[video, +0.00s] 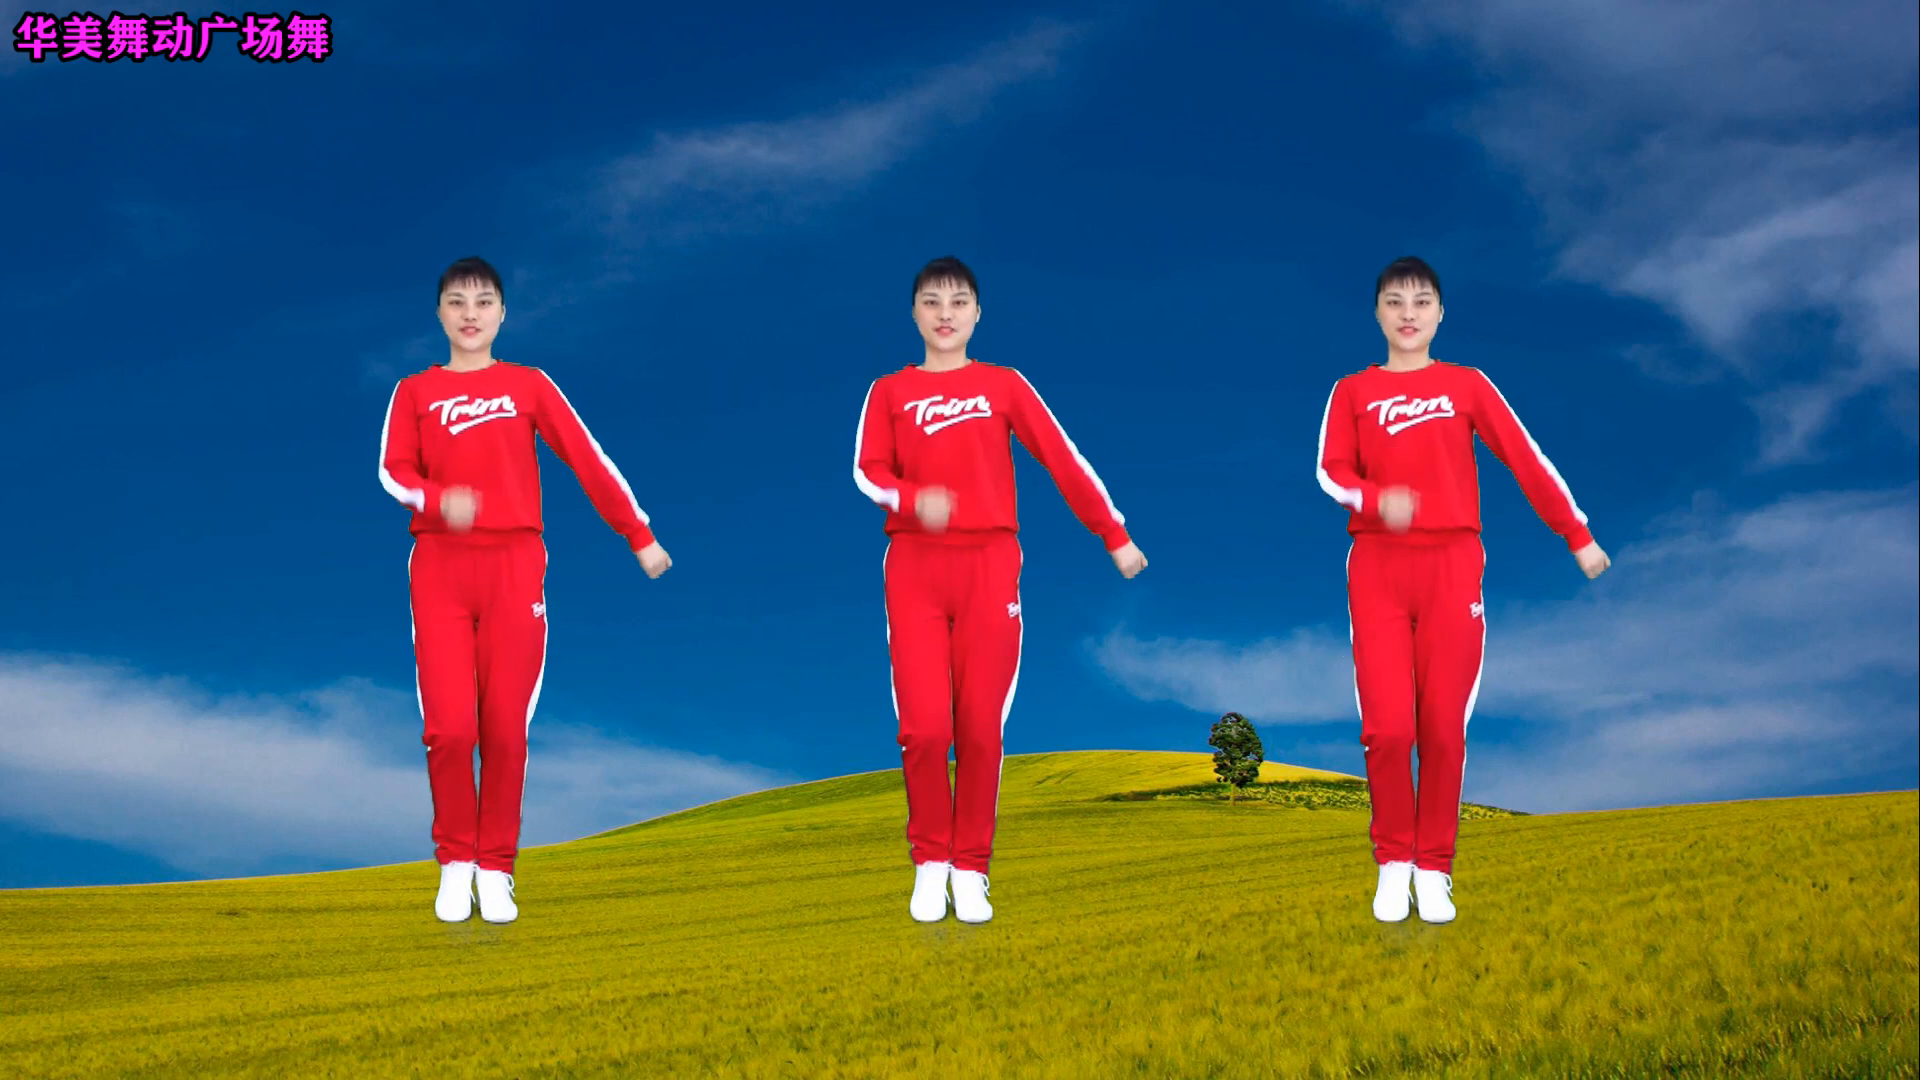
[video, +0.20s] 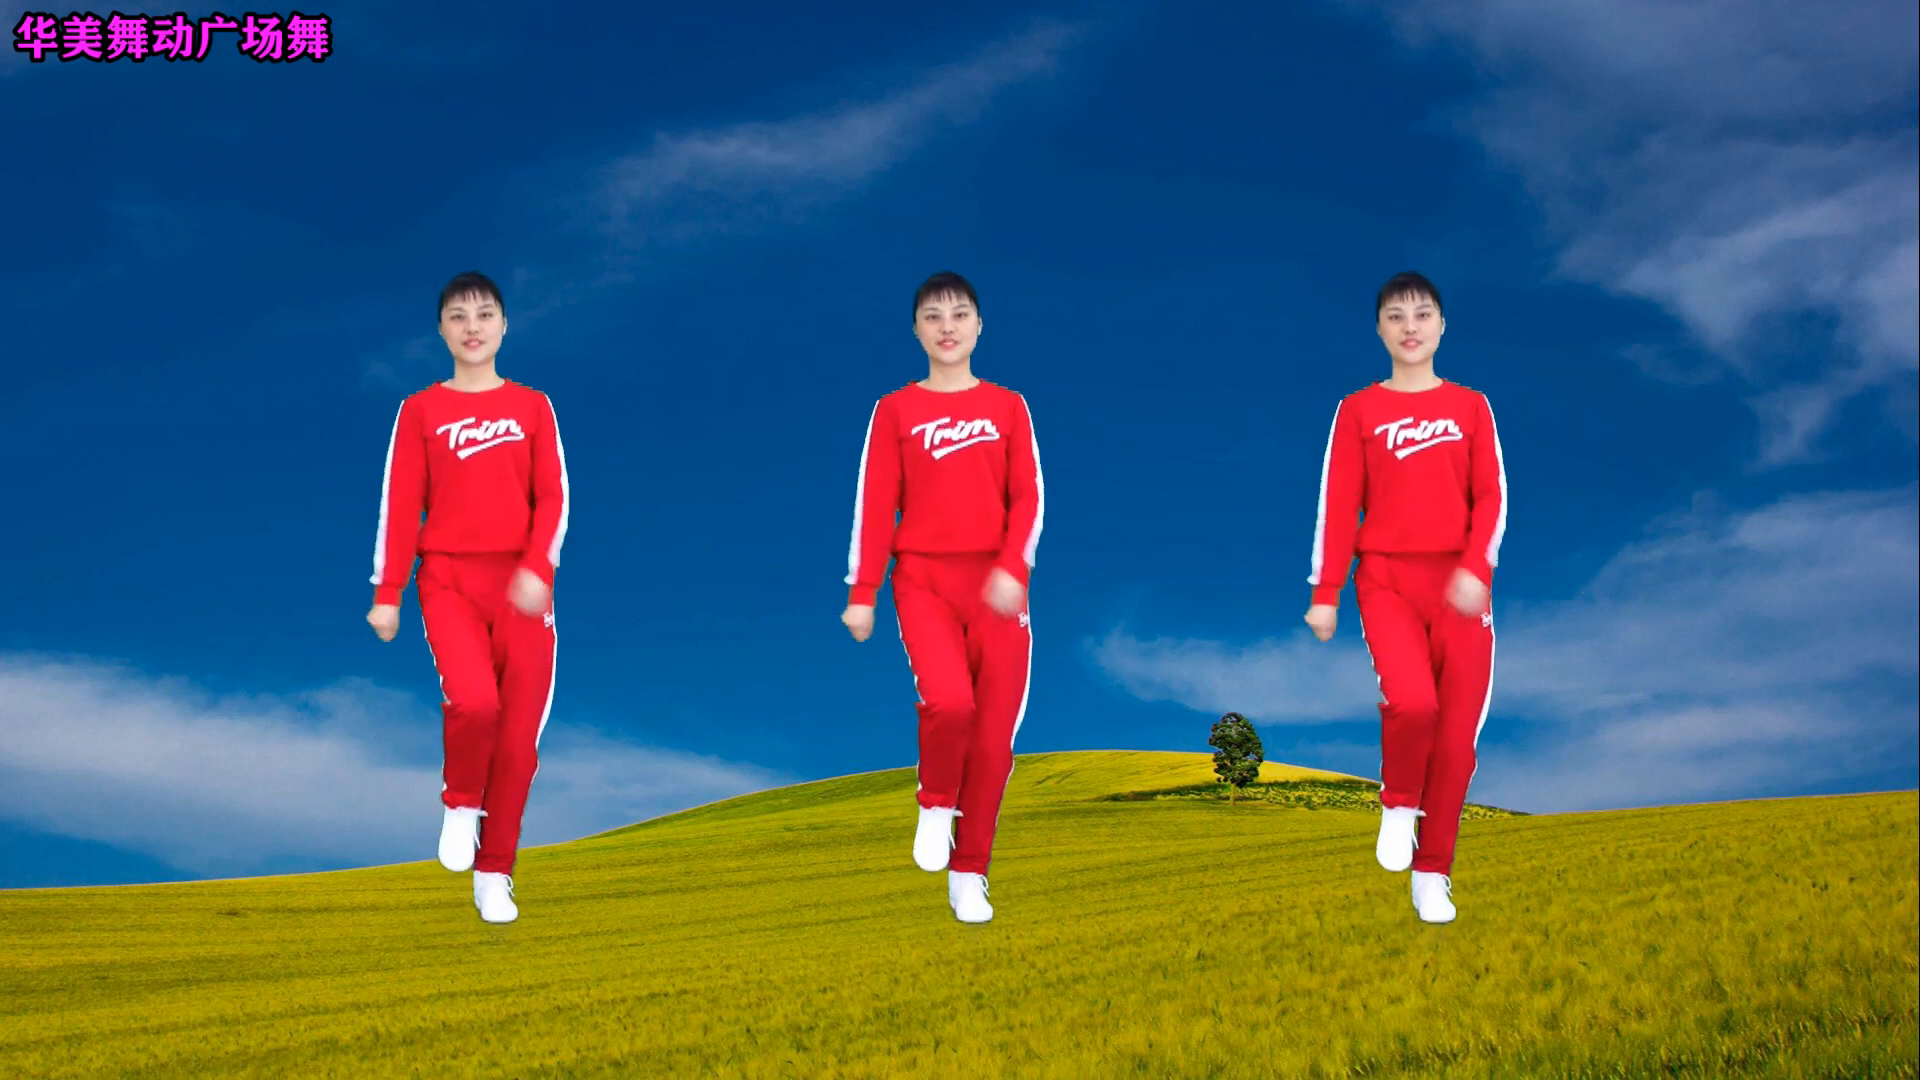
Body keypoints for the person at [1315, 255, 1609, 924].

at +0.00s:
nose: (1408, 313)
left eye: (1421, 302)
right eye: (1395, 302)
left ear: (1439, 313)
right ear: (1379, 314)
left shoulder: (1468, 385)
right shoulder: (1352, 390)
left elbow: (1528, 460)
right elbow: (1331, 472)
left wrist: (1579, 536)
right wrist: (1374, 497)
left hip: (1452, 569)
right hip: (1377, 571)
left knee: (1443, 725)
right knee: (1386, 726)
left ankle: (1434, 867)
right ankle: (1393, 862)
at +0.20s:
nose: (1410, 326)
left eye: (1422, 315)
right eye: (1397, 316)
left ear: (1440, 325)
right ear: (1381, 329)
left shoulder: (1472, 405)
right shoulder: (1357, 409)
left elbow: (1493, 495)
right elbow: (1337, 504)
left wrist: (1477, 568)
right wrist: (1326, 592)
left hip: (1461, 578)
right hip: (1384, 578)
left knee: (1460, 730)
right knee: (1413, 704)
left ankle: (1433, 869)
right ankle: (1400, 805)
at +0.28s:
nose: (1409, 313)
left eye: (1421, 302)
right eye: (1396, 304)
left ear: (1440, 312)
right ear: (1381, 318)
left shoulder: (1472, 391)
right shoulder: (1356, 399)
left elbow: (1500, 475)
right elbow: (1316, 484)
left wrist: (1450, 497)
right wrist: (1288, 569)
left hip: (1461, 571)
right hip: (1385, 570)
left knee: (1455, 723)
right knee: (1412, 697)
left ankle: (1435, 868)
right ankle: (1404, 806)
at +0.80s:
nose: (1400, 322)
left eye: (1413, 312)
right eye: (1388, 312)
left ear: (1432, 323)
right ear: (1372, 325)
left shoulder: (1461, 401)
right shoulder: (1346, 407)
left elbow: (1463, 490)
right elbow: (1330, 496)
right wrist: (1320, 580)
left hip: (1430, 578)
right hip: (1360, 578)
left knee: (1415, 721)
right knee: (1367, 732)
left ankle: (1430, 829)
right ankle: (1391, 867)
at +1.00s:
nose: (1397, 308)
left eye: (1409, 298)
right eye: (1385, 298)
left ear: (1428, 311)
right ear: (1368, 310)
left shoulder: (1459, 387)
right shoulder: (1340, 393)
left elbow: (1507, 471)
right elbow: (1301, 471)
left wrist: (1540, 558)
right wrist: (1361, 443)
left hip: (1434, 564)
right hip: (1359, 565)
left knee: (1405, 704)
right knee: (1365, 723)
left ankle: (1427, 809)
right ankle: (1392, 863)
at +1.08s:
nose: (1398, 298)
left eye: (1411, 289)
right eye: (1387, 288)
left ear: (1429, 303)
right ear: (1369, 301)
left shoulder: (1459, 375)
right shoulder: (1340, 384)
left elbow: (1516, 450)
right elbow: (1294, 463)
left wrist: (1560, 530)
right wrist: (1349, 414)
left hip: (1438, 557)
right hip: (1362, 560)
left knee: (1416, 708)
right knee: (1372, 719)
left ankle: (1429, 834)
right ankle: (1391, 862)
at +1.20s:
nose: (1401, 305)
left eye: (1414, 296)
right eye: (1388, 296)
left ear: (1432, 311)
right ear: (1370, 310)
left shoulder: (1462, 383)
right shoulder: (1342, 394)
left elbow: (1525, 452)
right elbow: (1306, 481)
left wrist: (1582, 518)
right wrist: (1352, 425)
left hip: (1441, 566)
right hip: (1365, 568)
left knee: (1430, 730)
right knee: (1378, 732)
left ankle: (1434, 870)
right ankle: (1392, 869)